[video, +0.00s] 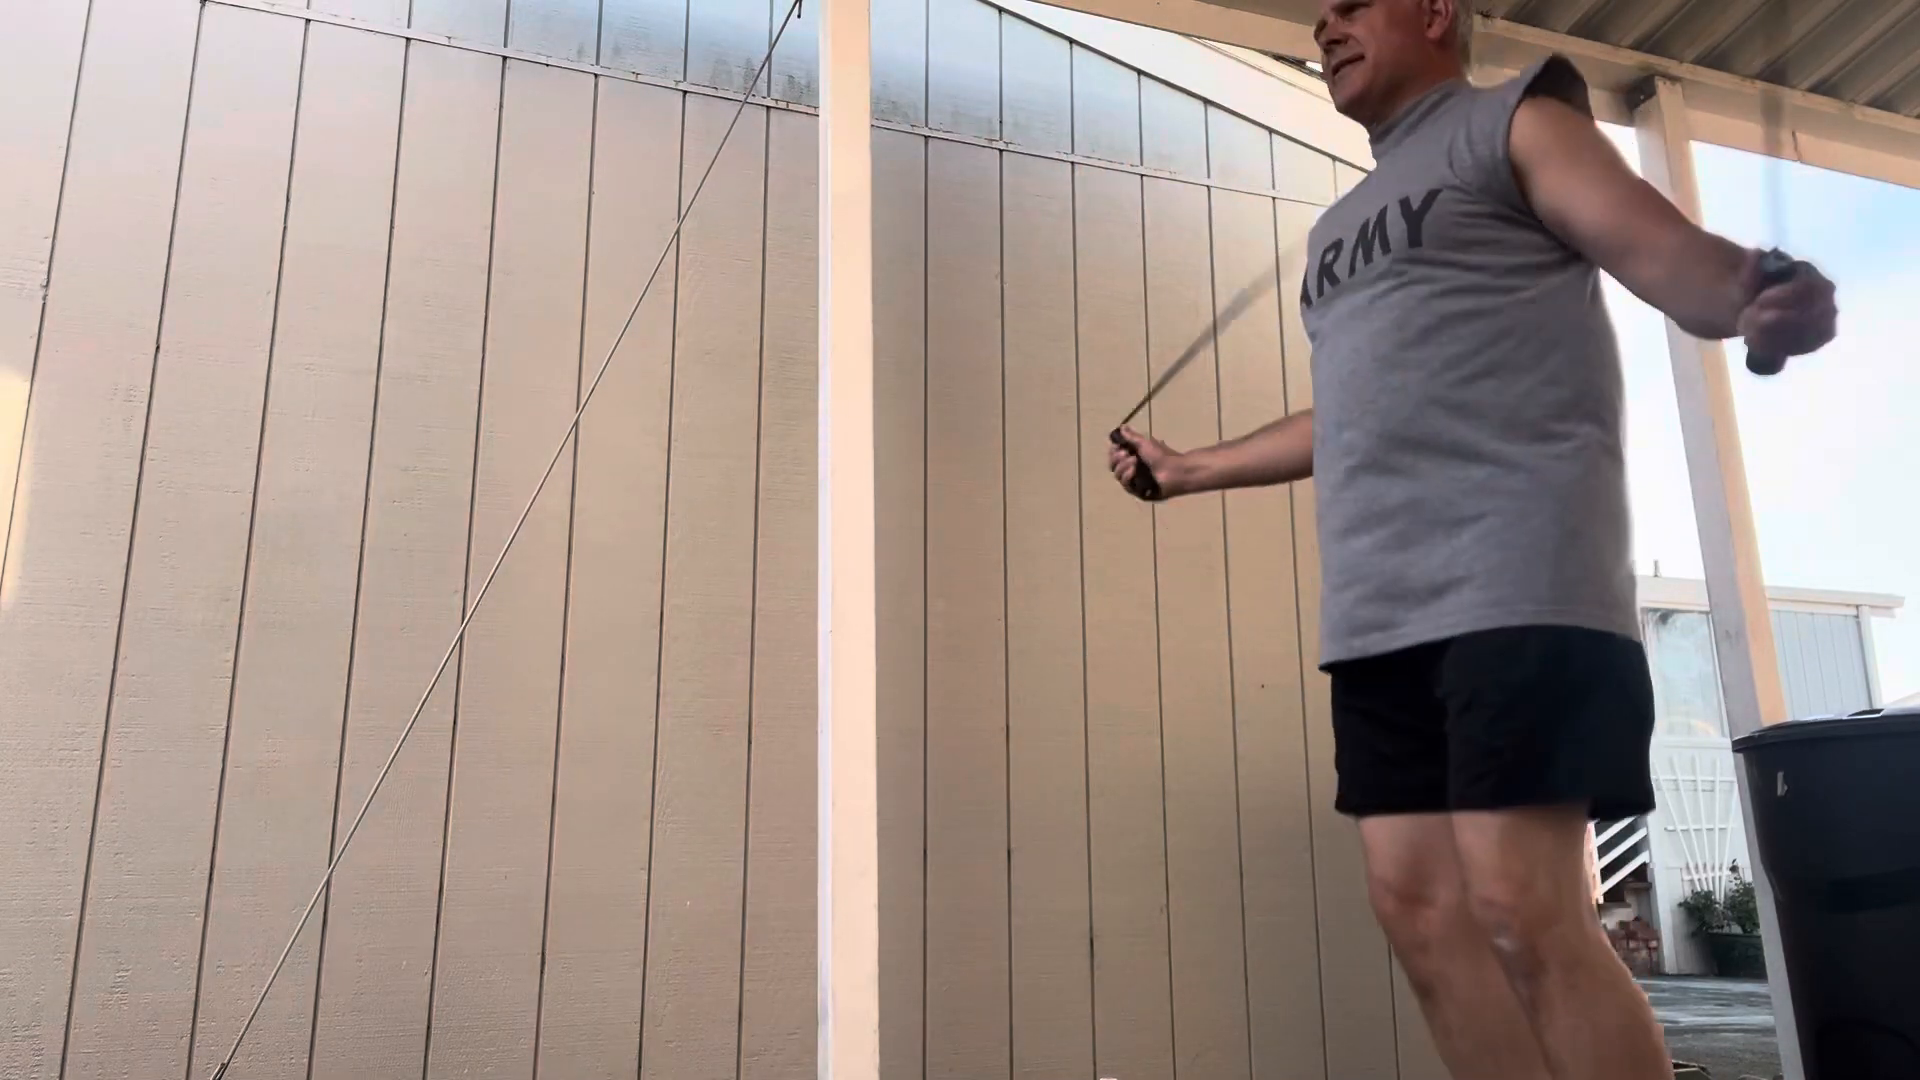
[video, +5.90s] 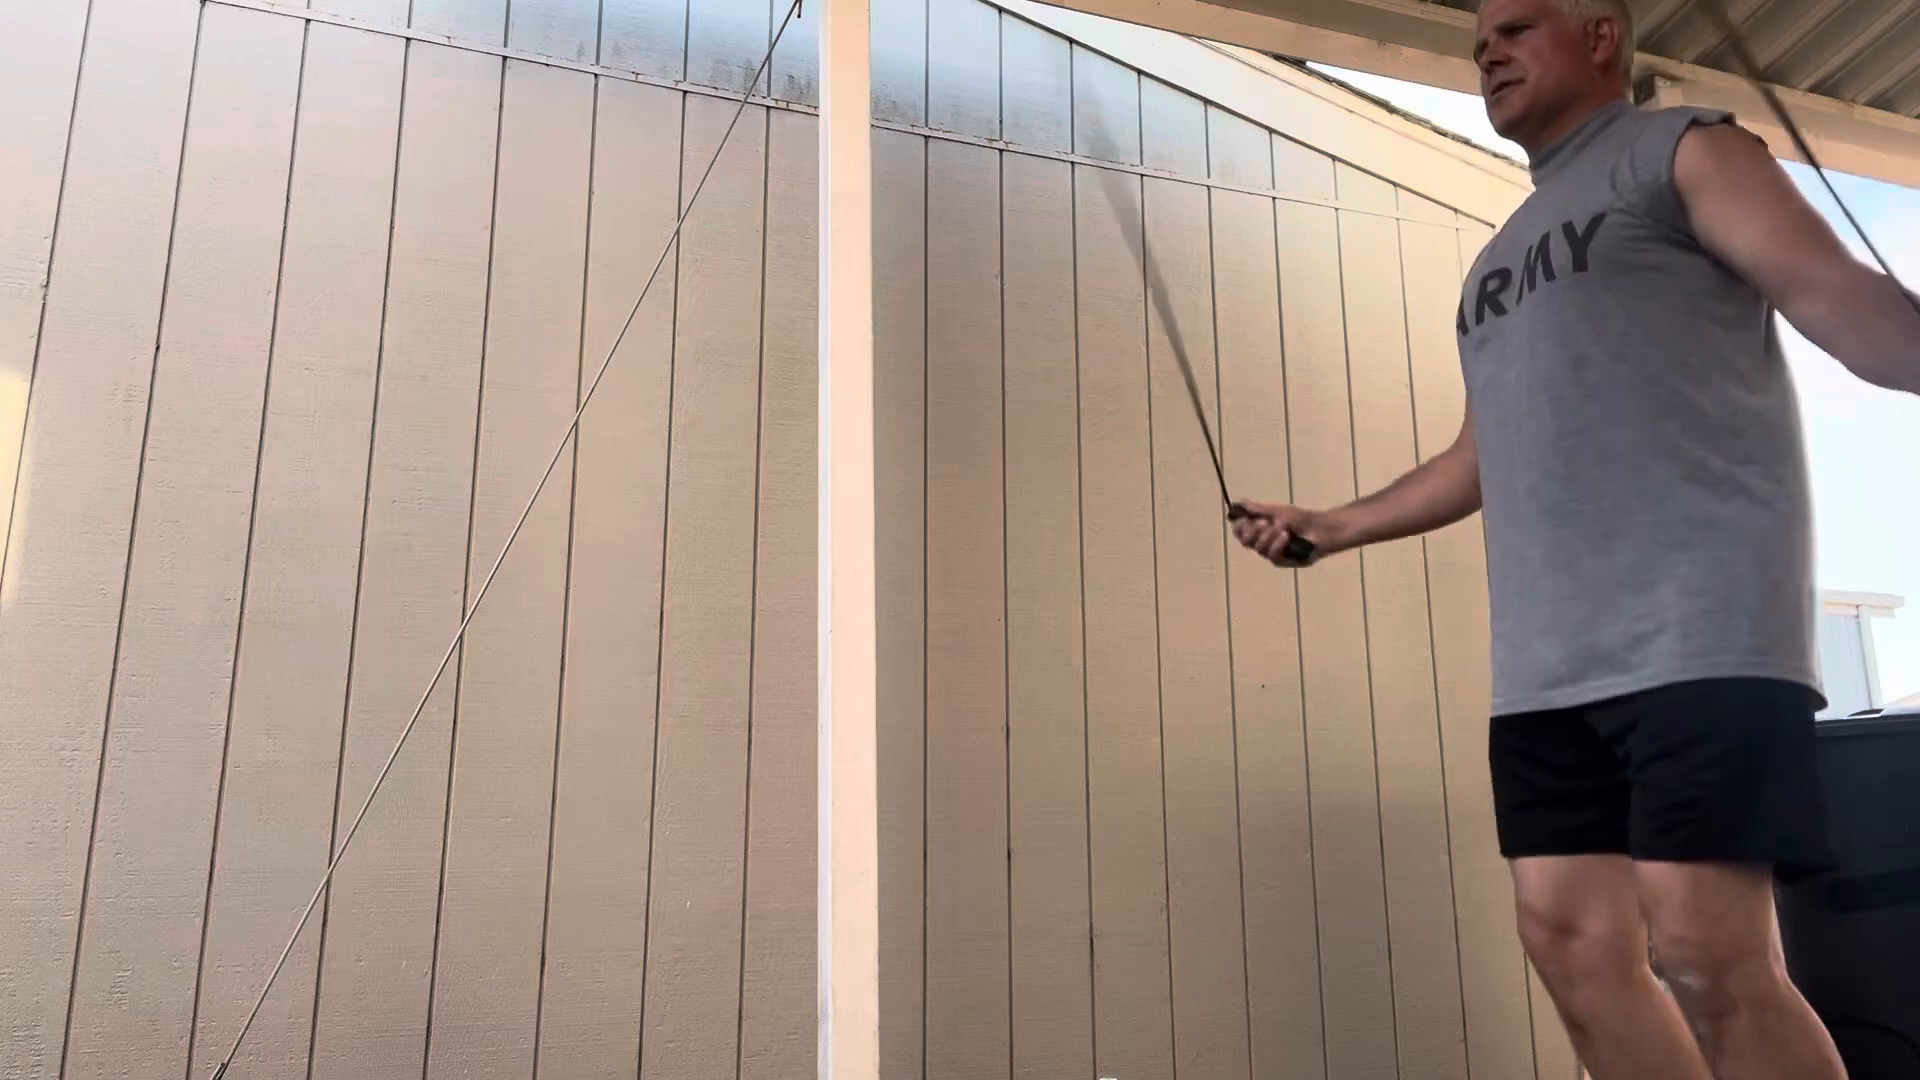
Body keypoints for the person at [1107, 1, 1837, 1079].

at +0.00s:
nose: (1327, 34)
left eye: (1353, 8)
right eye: (1319, 23)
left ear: (1436, 18)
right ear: (1323, 61)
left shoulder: (1514, 118)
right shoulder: (1336, 229)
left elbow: (1646, 242)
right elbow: (1346, 418)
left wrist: (1747, 293)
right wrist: (1186, 468)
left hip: (1523, 567)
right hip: (1375, 595)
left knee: (1532, 905)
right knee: (1419, 906)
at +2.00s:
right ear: (1390, 1)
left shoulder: (1556, 24)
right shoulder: (1372, 148)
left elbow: (1728, 142)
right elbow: (1382, 349)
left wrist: (1904, 195)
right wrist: (1266, 456)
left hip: (1576, 484)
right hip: (1420, 519)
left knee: (1590, 821)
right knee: (1483, 831)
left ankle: (1682, 1065)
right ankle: (1586, 1065)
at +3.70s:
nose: (1448, 14)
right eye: (1441, 7)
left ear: (1564, 7)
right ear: (1444, 51)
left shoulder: (1640, 102)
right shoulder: (1445, 220)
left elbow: (1800, 231)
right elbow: (1449, 408)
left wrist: (1919, 273)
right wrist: (1291, 459)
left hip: (1647, 559)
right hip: (1487, 584)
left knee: (1666, 896)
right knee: (1539, 893)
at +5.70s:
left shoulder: (1672, 47)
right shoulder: (1475, 170)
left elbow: (1838, 172)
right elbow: (1486, 357)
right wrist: (1358, 458)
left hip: (1687, 504)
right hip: (1528, 539)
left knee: (1710, 837)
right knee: (1599, 837)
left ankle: (1799, 1066)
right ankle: (1694, 1071)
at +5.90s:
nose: (1488, 55)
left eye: (1515, 30)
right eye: (1480, 42)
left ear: (1600, 40)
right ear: (1483, 70)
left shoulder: (1685, 147)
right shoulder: (1494, 265)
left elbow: (1827, 286)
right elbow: (1481, 457)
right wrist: (1329, 526)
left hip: (1705, 623)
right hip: (1544, 648)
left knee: (1712, 948)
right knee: (1571, 940)